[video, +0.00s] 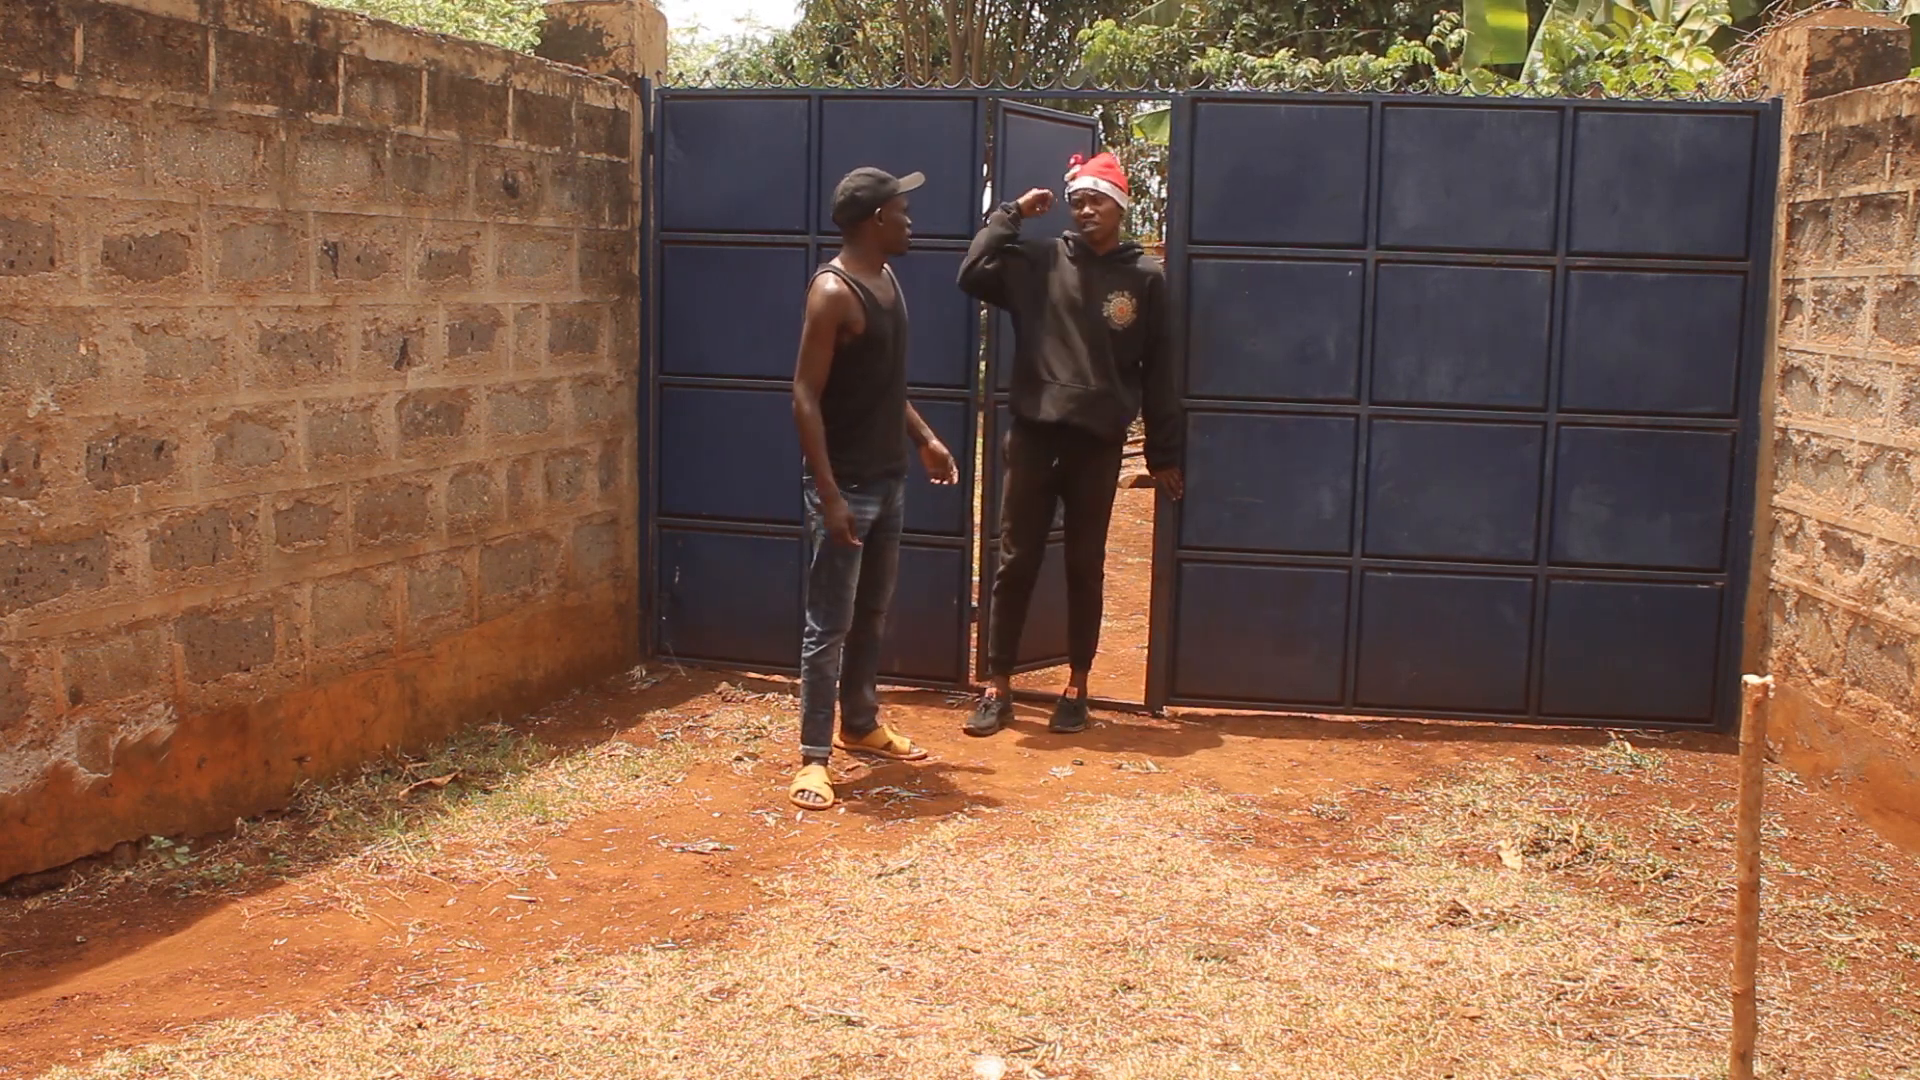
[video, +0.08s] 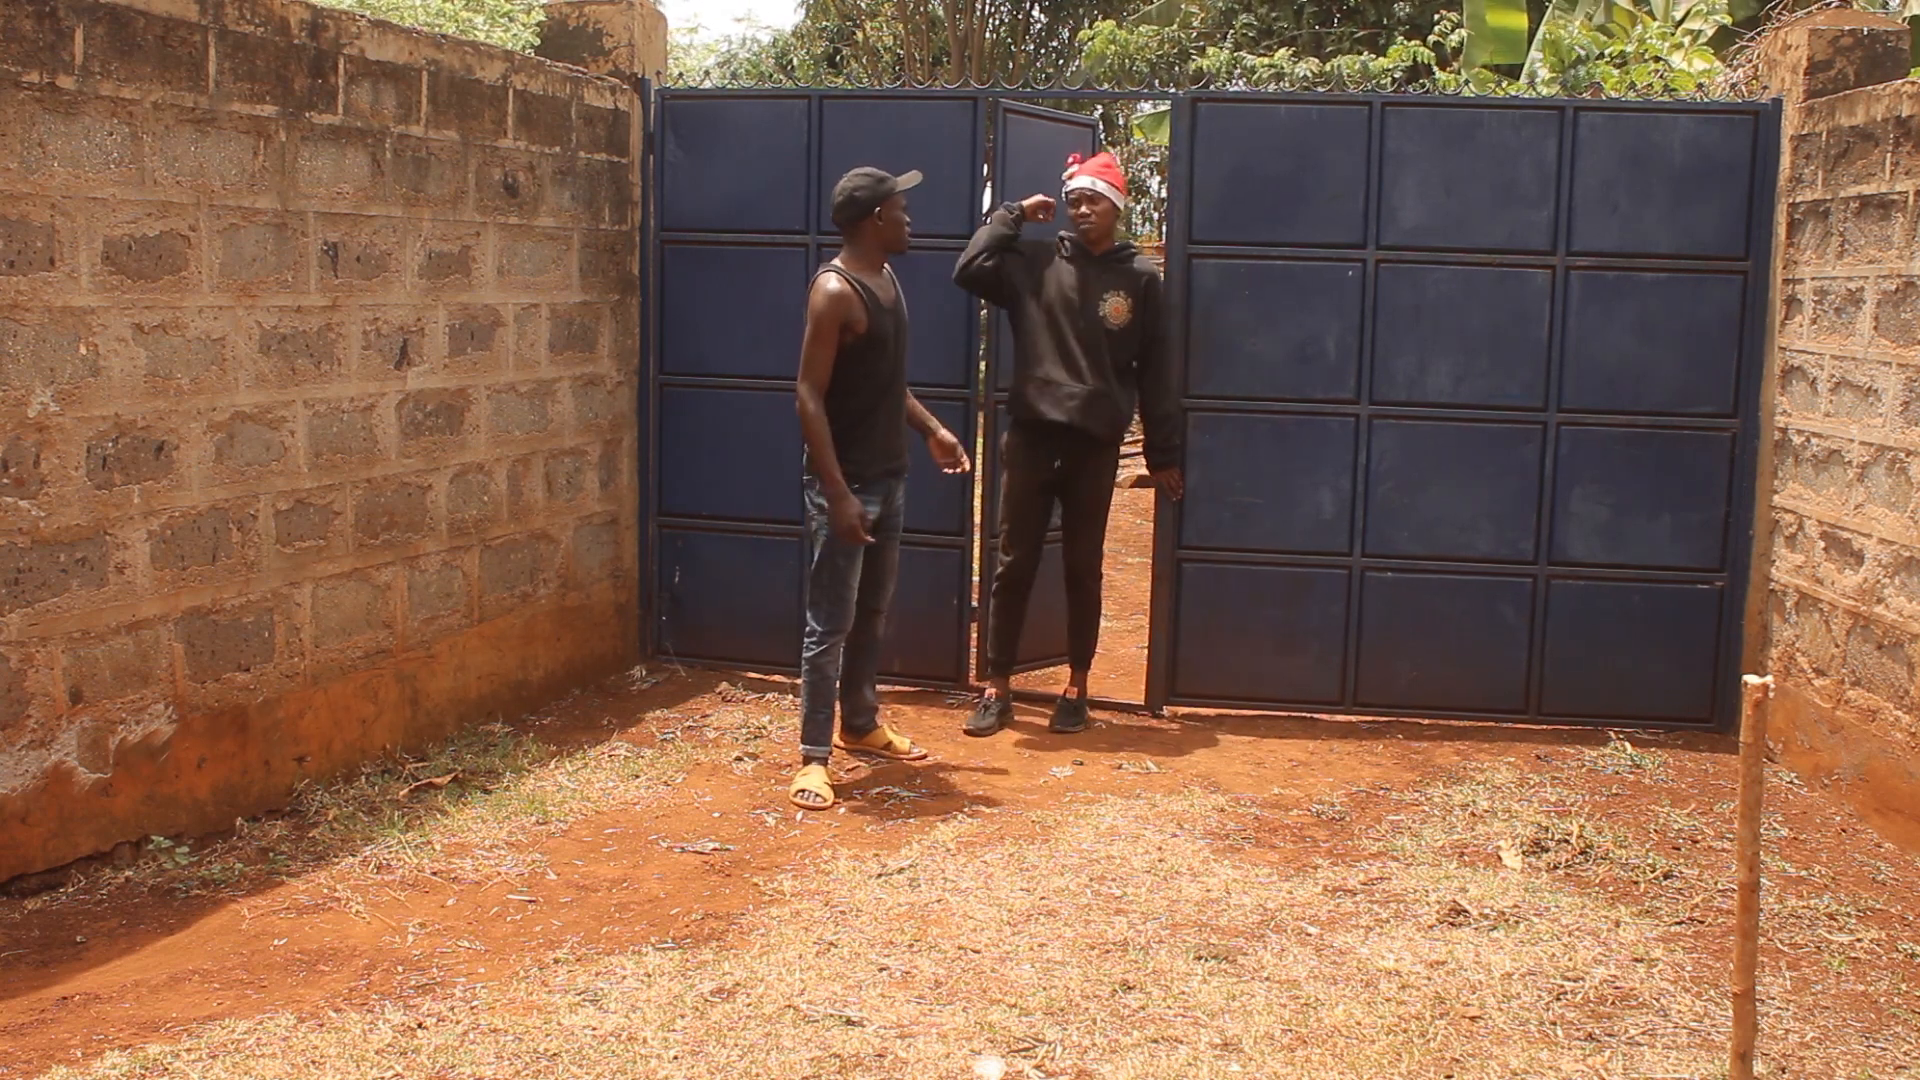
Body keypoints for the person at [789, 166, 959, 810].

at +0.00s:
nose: (909, 218)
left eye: (906, 208)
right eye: (901, 210)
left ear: (873, 220)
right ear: (869, 221)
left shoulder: (885, 279)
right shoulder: (831, 293)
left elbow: (881, 381)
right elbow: (804, 398)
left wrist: (924, 437)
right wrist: (829, 496)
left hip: (887, 477)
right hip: (842, 484)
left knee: (871, 613)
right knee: (827, 626)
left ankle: (861, 724)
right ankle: (814, 759)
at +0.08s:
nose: (910, 215)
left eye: (905, 205)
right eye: (901, 206)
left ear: (873, 220)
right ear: (872, 220)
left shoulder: (884, 281)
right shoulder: (833, 294)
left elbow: (883, 379)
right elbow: (808, 397)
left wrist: (931, 427)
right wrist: (838, 494)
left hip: (887, 477)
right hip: (841, 483)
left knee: (871, 611)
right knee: (828, 623)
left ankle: (861, 725)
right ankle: (814, 758)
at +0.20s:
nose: (910, 216)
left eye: (906, 206)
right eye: (901, 207)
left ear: (871, 219)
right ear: (874, 218)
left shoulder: (876, 280)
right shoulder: (839, 292)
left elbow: (896, 344)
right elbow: (816, 395)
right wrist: (845, 491)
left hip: (884, 477)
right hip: (843, 481)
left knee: (874, 611)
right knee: (830, 624)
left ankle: (860, 726)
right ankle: (813, 760)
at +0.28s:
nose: (915, 224)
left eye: (915, 213)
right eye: (906, 214)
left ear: (879, 219)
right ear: (875, 219)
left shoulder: (875, 269)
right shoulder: (848, 284)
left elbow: (916, 292)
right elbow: (826, 388)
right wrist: (850, 487)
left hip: (883, 471)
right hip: (845, 477)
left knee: (883, 604)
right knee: (835, 621)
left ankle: (861, 724)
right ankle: (810, 758)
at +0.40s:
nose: (917, 220)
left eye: (914, 211)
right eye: (911, 212)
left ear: (870, 220)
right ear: (887, 222)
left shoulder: (872, 270)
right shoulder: (860, 283)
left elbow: (931, 273)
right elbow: (839, 389)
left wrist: (875, 207)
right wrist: (861, 487)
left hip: (885, 472)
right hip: (849, 475)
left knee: (890, 603)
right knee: (835, 618)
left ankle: (861, 723)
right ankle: (805, 758)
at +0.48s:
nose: (914, 222)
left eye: (911, 213)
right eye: (908, 214)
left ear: (872, 222)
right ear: (885, 223)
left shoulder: (875, 273)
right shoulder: (857, 287)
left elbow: (922, 310)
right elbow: (847, 393)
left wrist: (950, 236)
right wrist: (874, 490)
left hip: (884, 470)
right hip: (851, 475)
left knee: (893, 602)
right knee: (843, 615)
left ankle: (861, 724)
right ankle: (806, 757)